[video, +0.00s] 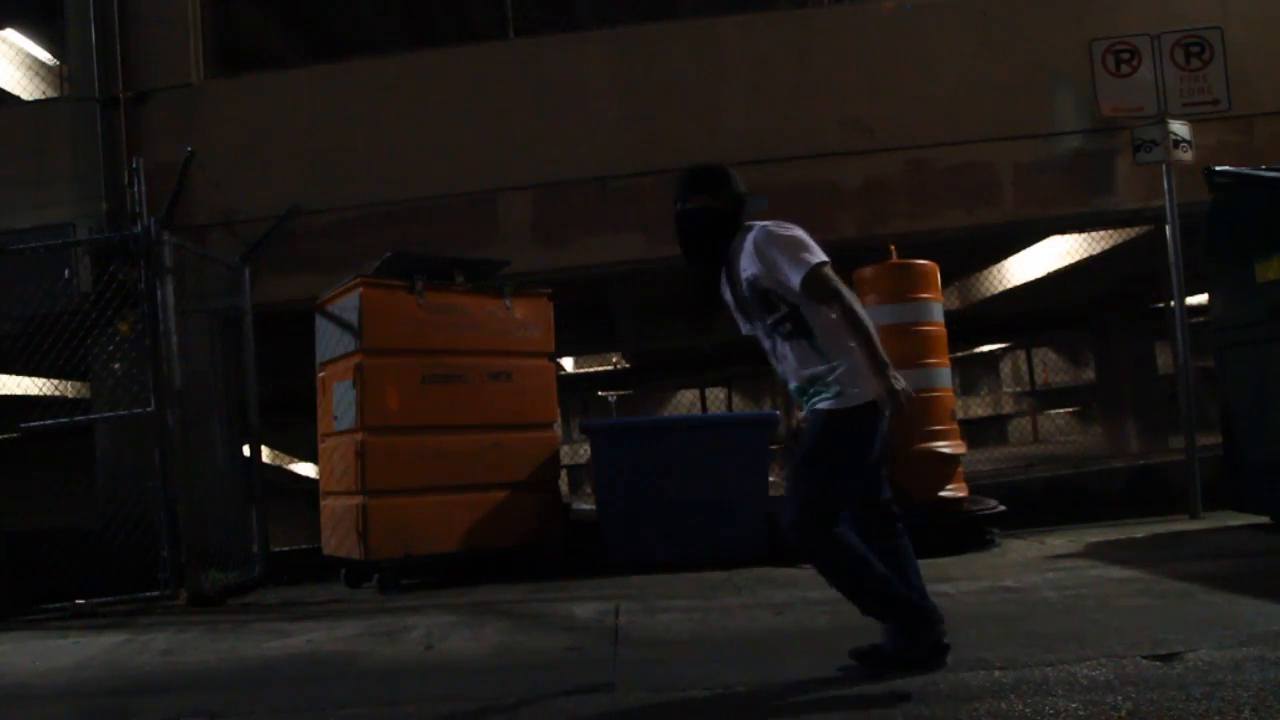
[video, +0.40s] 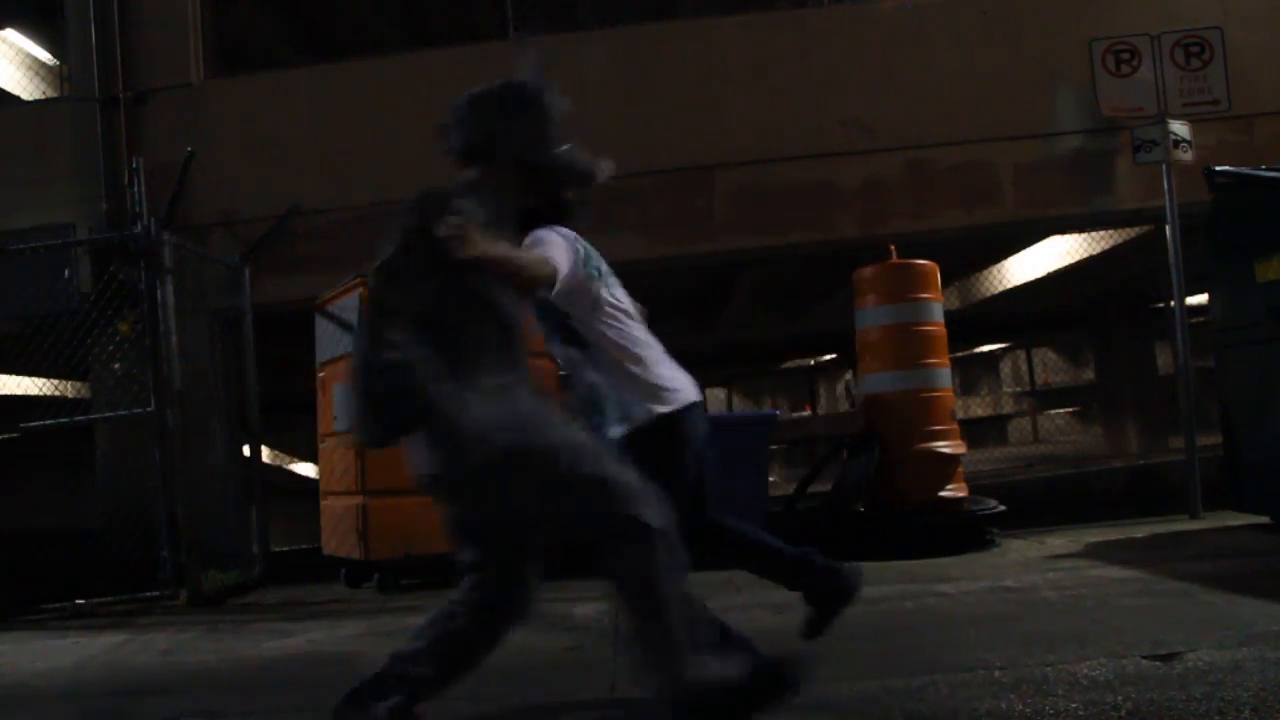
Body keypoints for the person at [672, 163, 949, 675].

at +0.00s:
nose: (686, 228)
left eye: (694, 214)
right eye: (683, 216)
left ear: (721, 209)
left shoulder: (769, 240)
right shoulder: (733, 276)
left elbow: (840, 296)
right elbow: (782, 349)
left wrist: (886, 373)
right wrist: (791, 412)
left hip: (852, 400)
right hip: (822, 409)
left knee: (811, 522)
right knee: (870, 516)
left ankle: (910, 630)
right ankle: (914, 633)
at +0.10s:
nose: (653, 241)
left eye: (660, 228)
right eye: (652, 229)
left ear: (684, 225)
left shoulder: (735, 255)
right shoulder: (700, 291)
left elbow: (801, 320)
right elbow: (748, 363)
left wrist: (858, 391)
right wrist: (756, 423)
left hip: (825, 415)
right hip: (797, 422)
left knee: (762, 530)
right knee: (846, 527)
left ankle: (841, 640)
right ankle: (918, 634)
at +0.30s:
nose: (555, 256)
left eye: (559, 245)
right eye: (556, 248)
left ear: (576, 240)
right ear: (609, 234)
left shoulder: (615, 269)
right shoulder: (622, 275)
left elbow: (573, 303)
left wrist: (497, 298)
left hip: (728, 429)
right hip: (737, 424)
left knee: (670, 557)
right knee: (770, 539)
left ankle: (741, 675)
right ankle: (888, 611)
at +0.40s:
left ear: (518, 202)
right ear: (556, 202)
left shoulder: (554, 240)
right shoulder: (574, 248)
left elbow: (536, 268)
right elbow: (628, 312)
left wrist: (479, 248)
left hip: (660, 413)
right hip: (660, 412)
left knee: (690, 532)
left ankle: (820, 579)